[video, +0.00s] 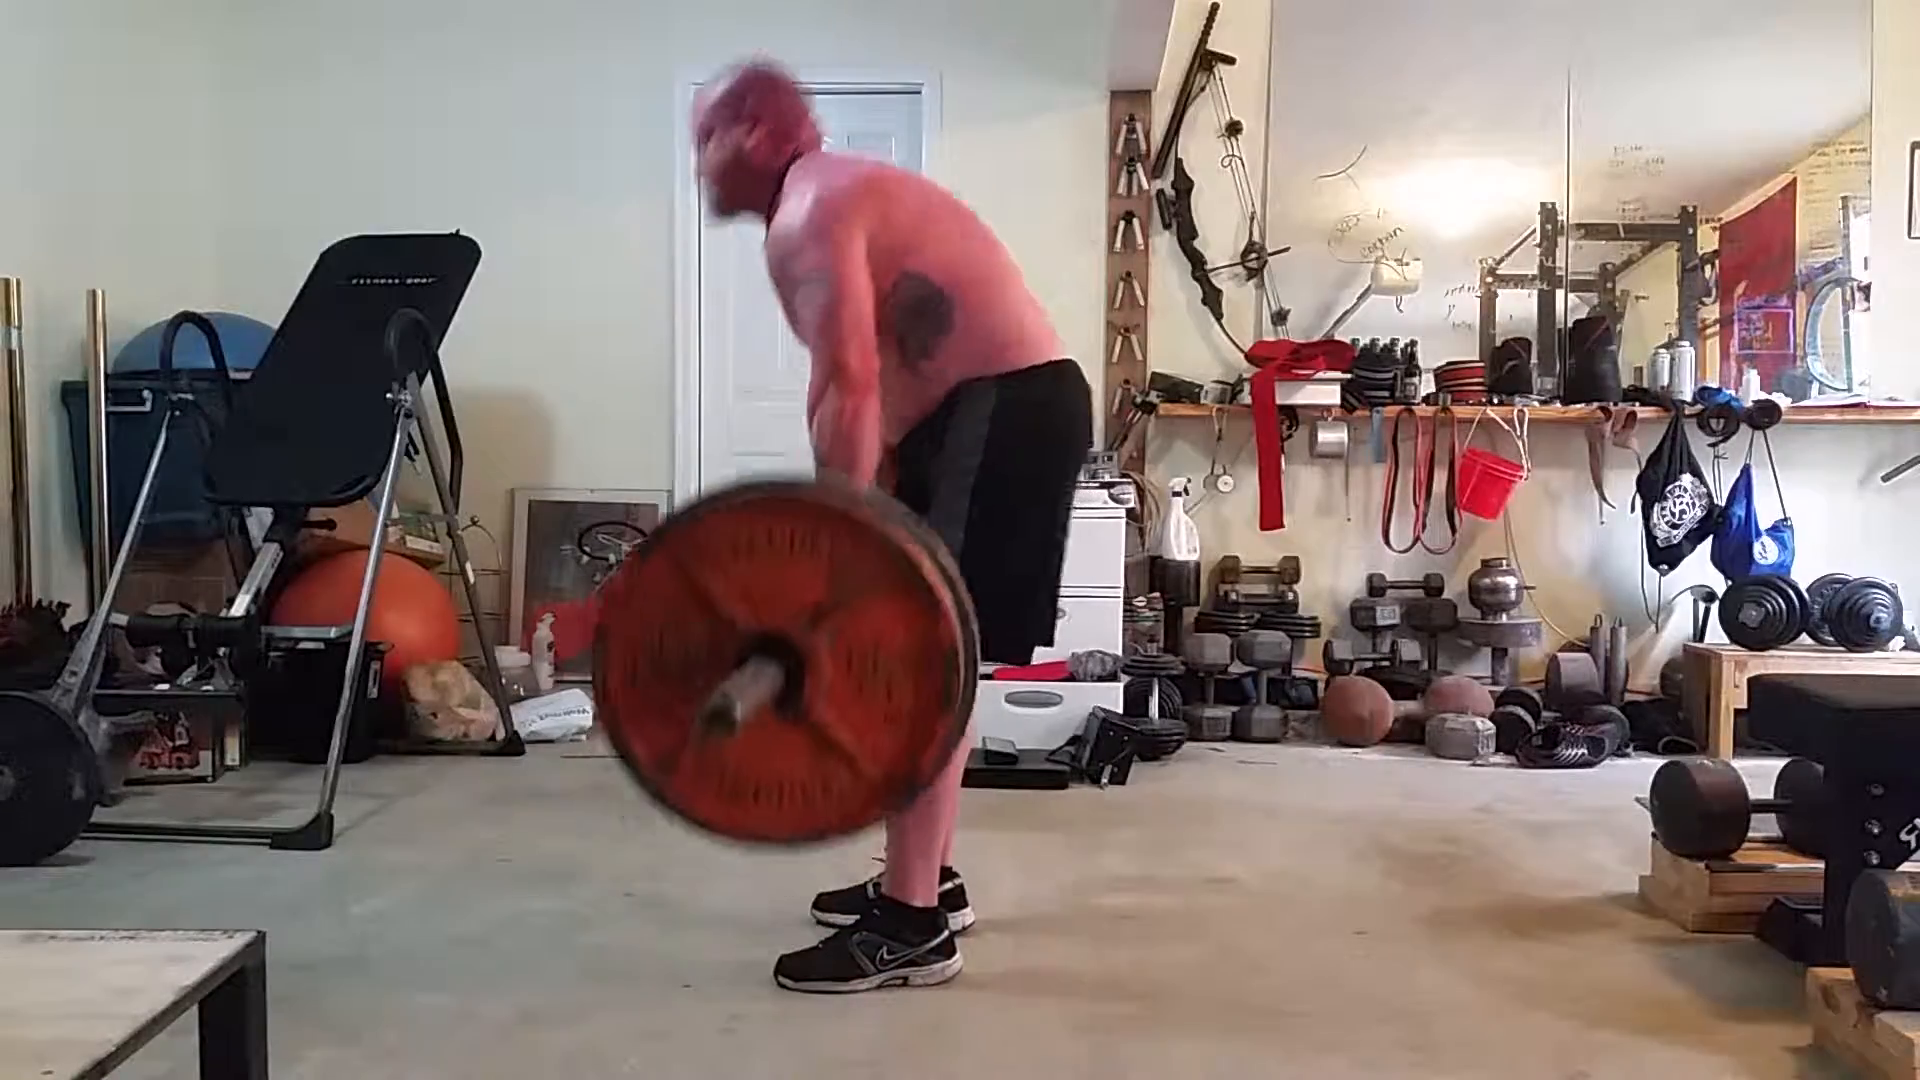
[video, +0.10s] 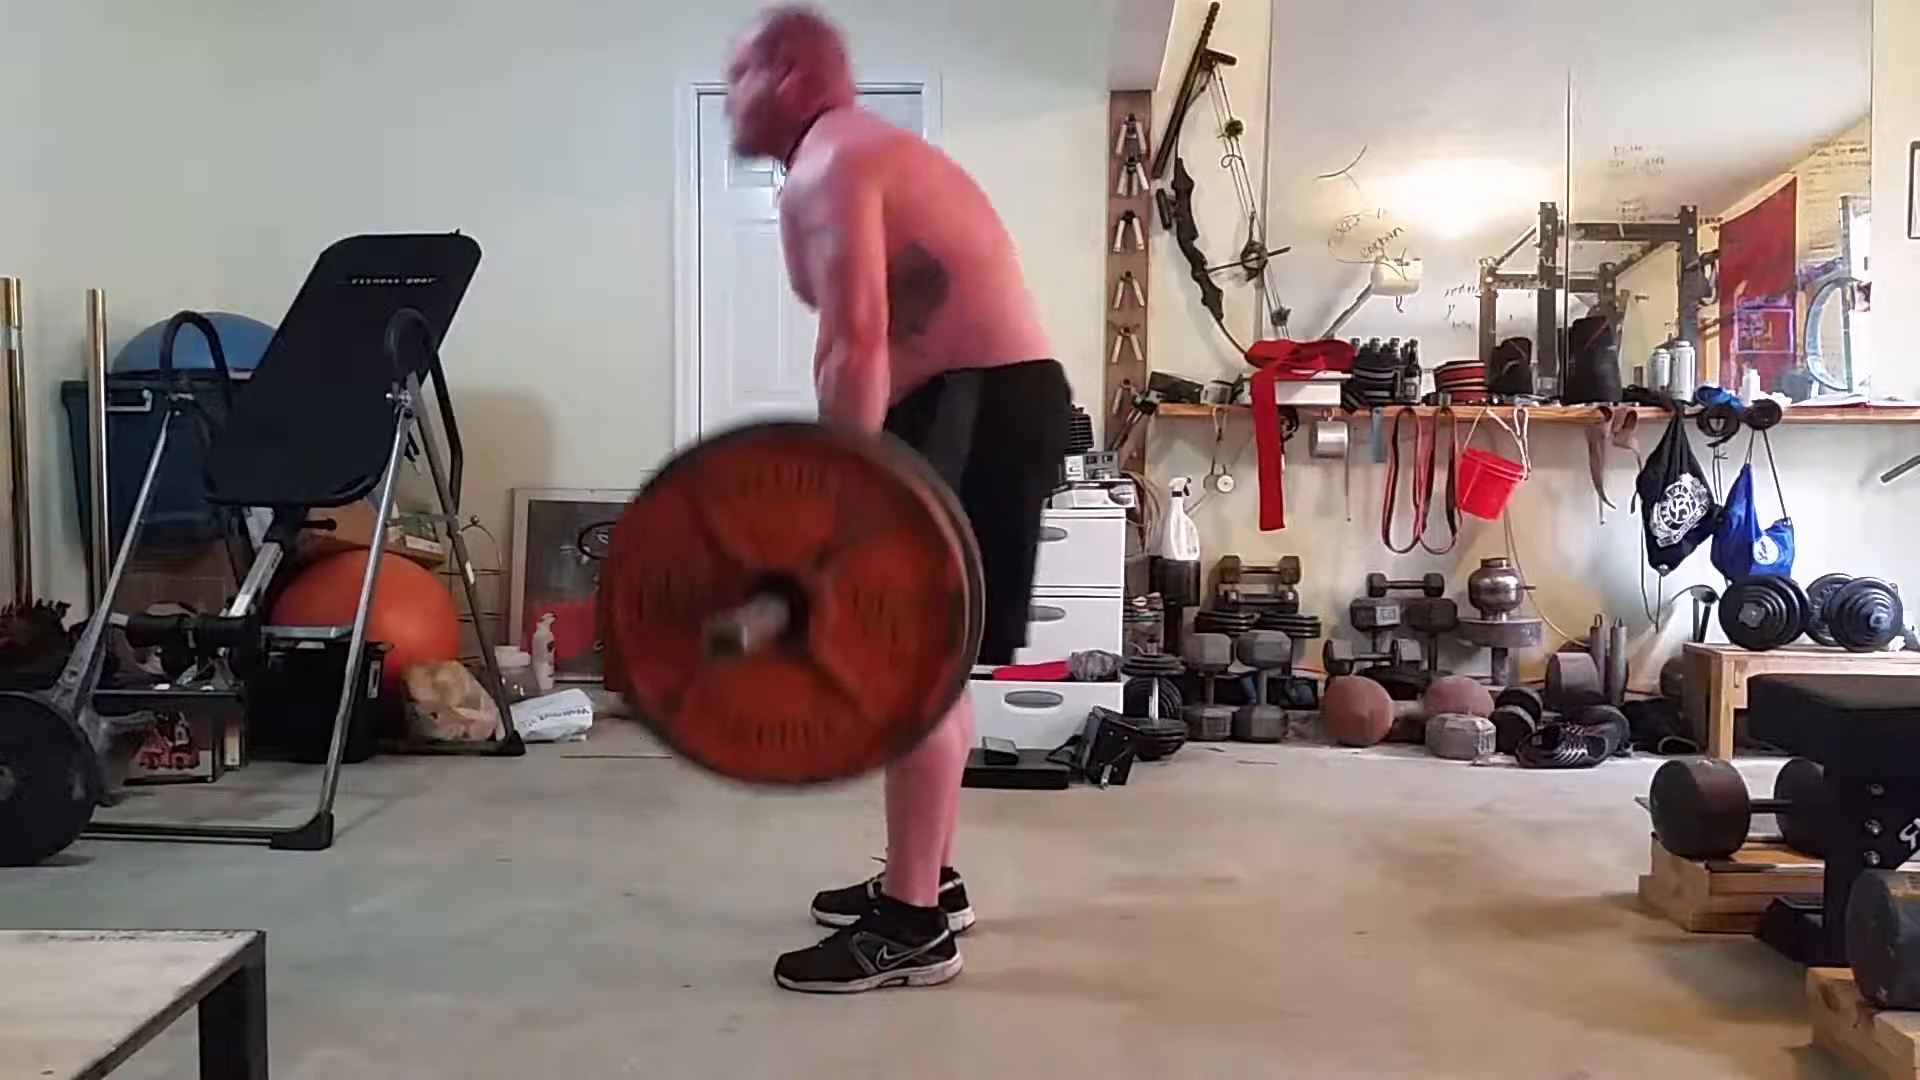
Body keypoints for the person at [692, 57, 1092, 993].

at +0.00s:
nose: (696, 164)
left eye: (706, 140)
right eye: (696, 143)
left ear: (757, 130)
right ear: (773, 134)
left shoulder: (814, 204)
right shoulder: (827, 202)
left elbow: (851, 385)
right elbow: (835, 390)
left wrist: (829, 557)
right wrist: (827, 551)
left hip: (997, 412)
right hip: (969, 413)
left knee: (929, 657)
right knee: (917, 648)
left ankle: (914, 918)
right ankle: (919, 883)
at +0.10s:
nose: (725, 106)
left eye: (734, 84)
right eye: (726, 87)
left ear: (789, 74)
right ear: (799, 77)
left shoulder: (837, 159)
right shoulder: (837, 159)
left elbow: (858, 341)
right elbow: (848, 344)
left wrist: (836, 510)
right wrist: (823, 509)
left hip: (977, 400)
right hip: (959, 399)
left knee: (925, 650)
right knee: (921, 646)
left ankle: (914, 917)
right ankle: (922, 884)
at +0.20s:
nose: (765, 40)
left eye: (782, 19)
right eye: (770, 22)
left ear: (836, 25)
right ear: (851, 33)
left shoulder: (859, 124)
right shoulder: (873, 121)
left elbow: (867, 304)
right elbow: (878, 308)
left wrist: (838, 467)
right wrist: (835, 461)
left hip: (959, 399)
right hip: (970, 398)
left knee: (925, 657)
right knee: (932, 654)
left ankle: (912, 917)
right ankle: (926, 882)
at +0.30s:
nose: (804, 15)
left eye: (818, 2)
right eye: (810, 2)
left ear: (868, 8)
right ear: (894, 16)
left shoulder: (886, 100)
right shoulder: (929, 100)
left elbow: (886, 282)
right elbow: (914, 287)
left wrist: (826, 445)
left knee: (916, 657)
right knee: (931, 653)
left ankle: (911, 919)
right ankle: (929, 880)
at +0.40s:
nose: (843, 13)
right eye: (847, 1)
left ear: (900, 7)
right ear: (926, 13)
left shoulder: (916, 87)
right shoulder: (947, 92)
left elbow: (898, 277)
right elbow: (873, 274)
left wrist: (828, 430)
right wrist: (835, 198)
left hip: (935, 404)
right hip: (960, 403)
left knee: (910, 661)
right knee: (919, 657)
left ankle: (912, 919)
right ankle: (924, 882)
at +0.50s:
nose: (855, 11)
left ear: (913, 8)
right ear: (938, 15)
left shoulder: (928, 90)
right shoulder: (955, 94)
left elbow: (898, 280)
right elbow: (871, 283)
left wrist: (822, 428)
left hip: (933, 404)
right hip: (959, 404)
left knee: (896, 653)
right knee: (915, 650)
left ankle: (909, 919)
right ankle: (925, 880)